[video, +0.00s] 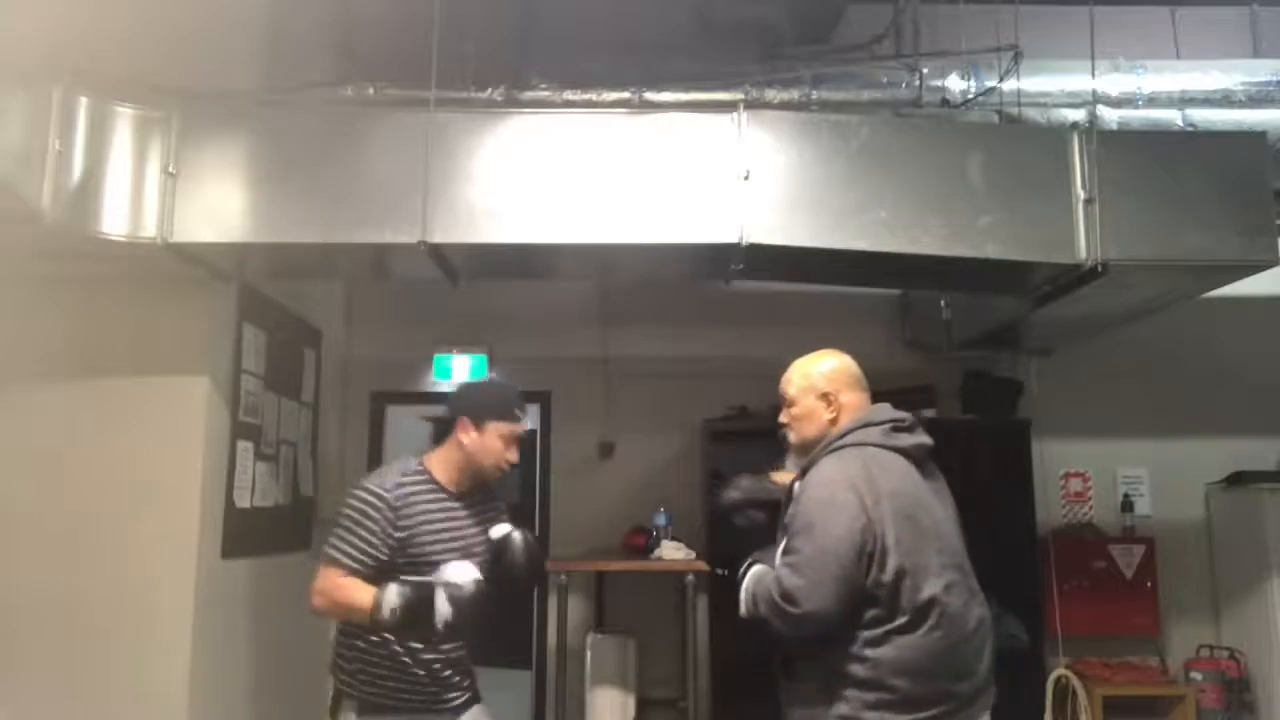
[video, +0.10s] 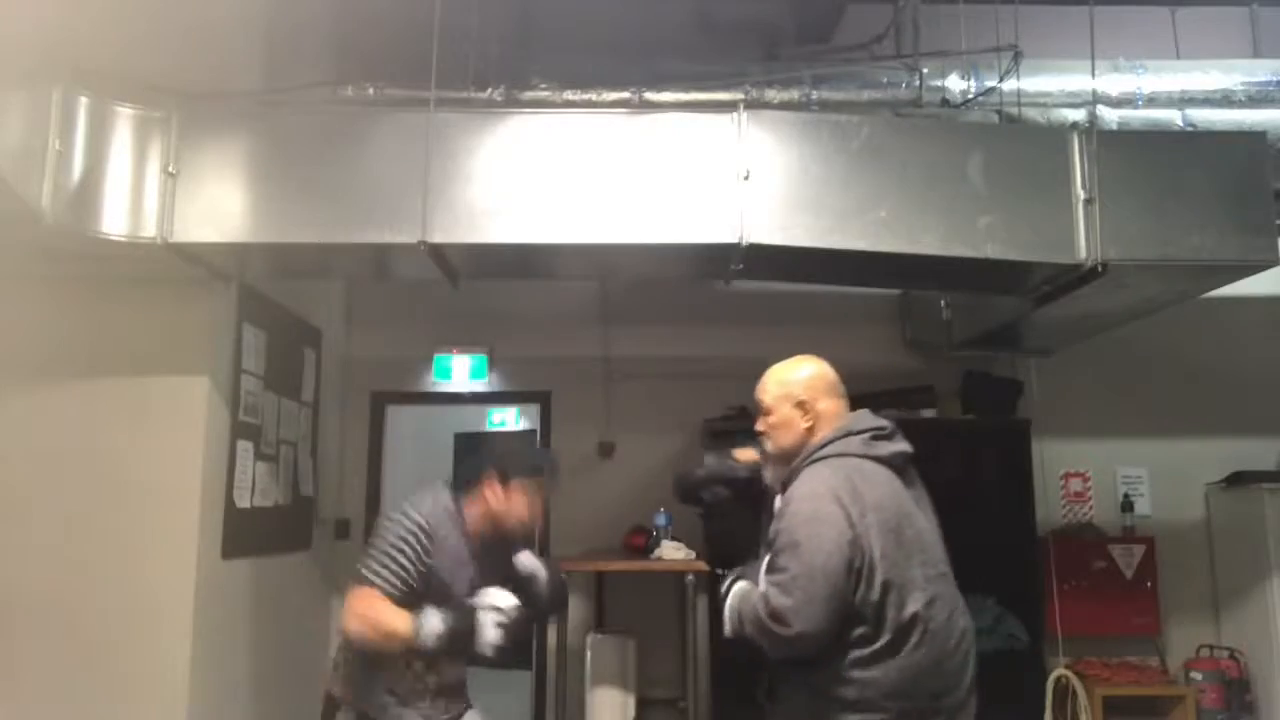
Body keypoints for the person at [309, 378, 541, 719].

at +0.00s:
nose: (514, 458)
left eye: (517, 444)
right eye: (507, 441)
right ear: (466, 431)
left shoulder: (484, 498)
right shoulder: (384, 493)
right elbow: (326, 592)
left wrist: (518, 566)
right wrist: (416, 602)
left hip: (457, 699)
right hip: (378, 703)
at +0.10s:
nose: (537, 508)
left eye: (539, 494)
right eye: (529, 492)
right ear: (492, 488)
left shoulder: (499, 537)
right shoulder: (421, 518)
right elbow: (360, 617)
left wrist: (543, 593)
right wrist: (453, 626)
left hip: (448, 703)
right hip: (378, 704)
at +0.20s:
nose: (571, 601)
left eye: (574, 589)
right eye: (564, 587)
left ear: (528, 579)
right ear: (527, 577)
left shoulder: (535, 619)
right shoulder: (444, 597)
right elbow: (397, 698)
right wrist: (495, 690)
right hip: (357, 707)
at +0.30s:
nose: (605, 664)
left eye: (609, 653)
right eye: (604, 650)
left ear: (570, 637)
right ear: (570, 638)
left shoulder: (530, 660)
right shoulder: (485, 674)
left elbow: (532, 714)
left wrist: (582, 710)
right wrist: (569, 713)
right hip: (361, 715)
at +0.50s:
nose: (623, 626)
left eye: (625, 613)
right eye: (620, 608)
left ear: (585, 591)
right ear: (587, 591)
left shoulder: (516, 596)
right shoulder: (551, 656)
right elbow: (546, 713)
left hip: (369, 707)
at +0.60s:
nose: (619, 569)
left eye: (623, 557)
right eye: (612, 552)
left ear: (572, 538)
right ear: (575, 537)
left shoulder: (527, 564)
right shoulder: (549, 585)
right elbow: (561, 707)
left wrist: (586, 681)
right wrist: (596, 679)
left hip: (387, 702)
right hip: (425, 711)